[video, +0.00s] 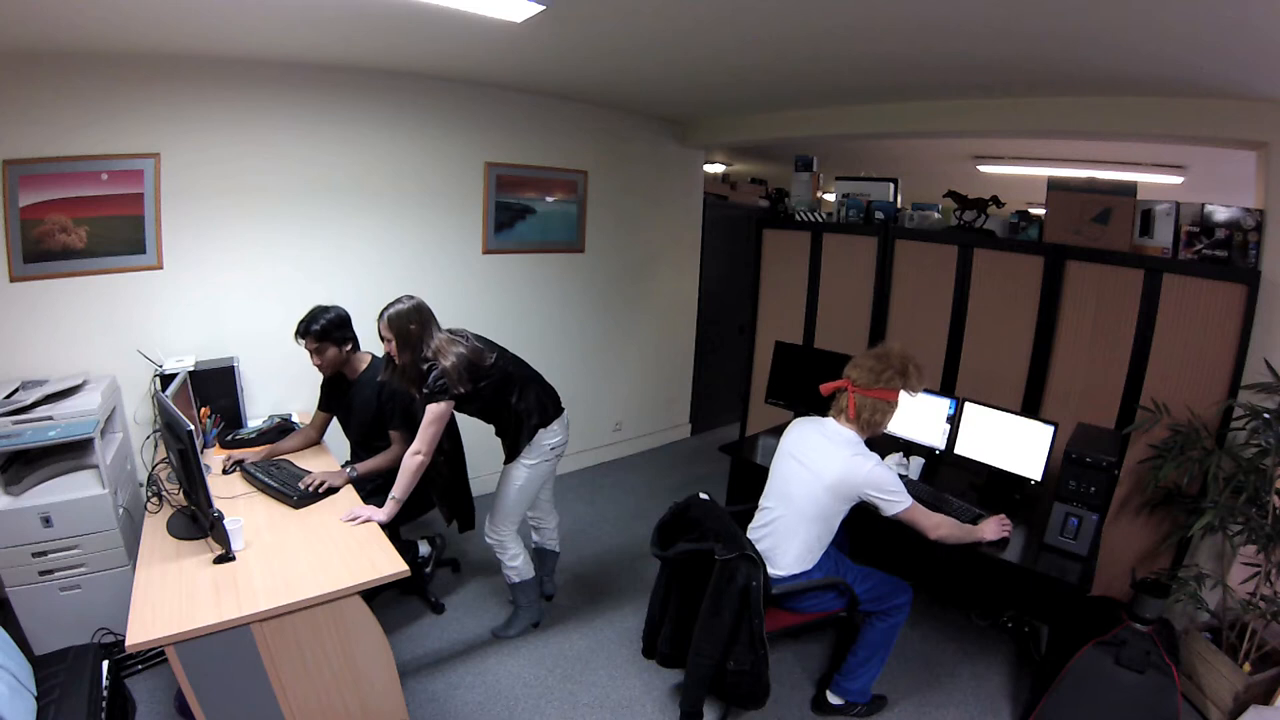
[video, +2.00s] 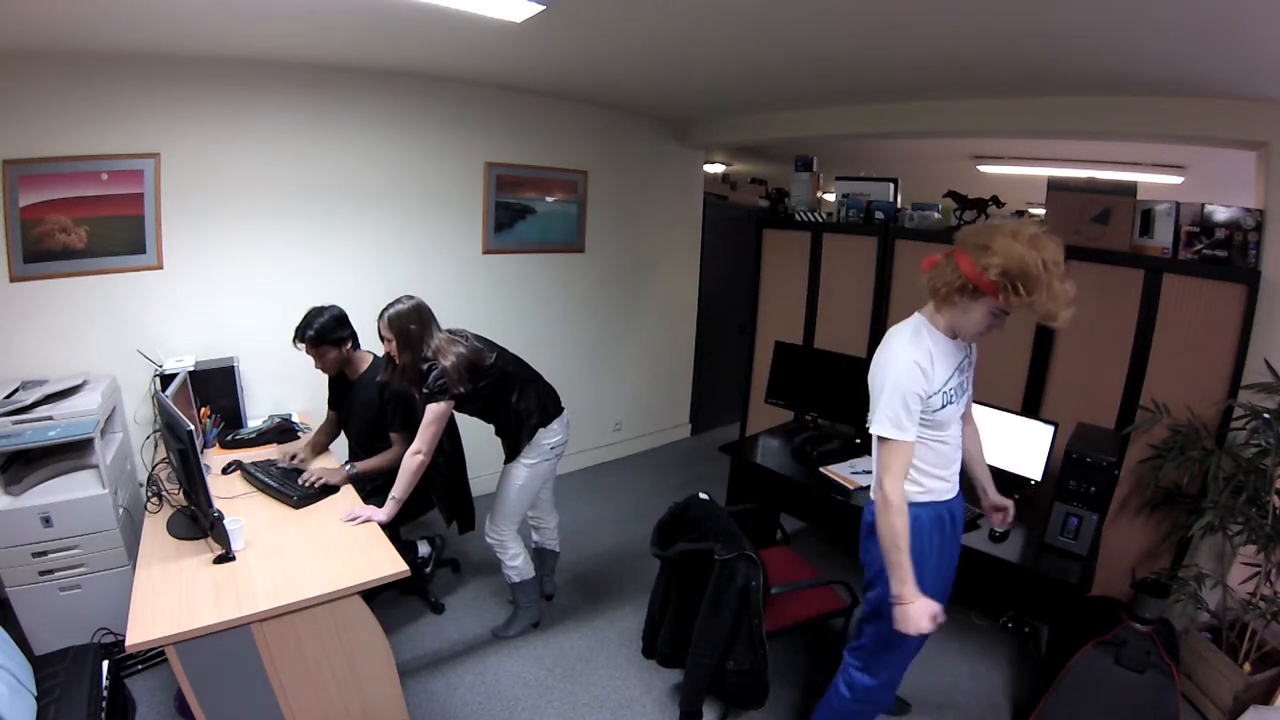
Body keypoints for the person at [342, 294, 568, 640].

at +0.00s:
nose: (386, 349)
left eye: (388, 340)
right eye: (384, 340)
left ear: (410, 337)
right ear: (420, 330)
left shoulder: (443, 369)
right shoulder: (450, 339)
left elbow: (420, 452)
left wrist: (387, 509)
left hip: (538, 434)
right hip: (547, 421)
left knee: (500, 530)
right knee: (541, 506)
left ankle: (528, 607)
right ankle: (546, 580)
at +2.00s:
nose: (386, 349)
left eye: (389, 341)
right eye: (384, 340)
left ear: (411, 338)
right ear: (420, 330)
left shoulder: (443, 369)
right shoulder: (450, 340)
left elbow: (420, 452)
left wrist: (388, 509)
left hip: (538, 433)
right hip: (547, 421)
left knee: (500, 530)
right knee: (541, 507)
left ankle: (528, 608)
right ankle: (546, 580)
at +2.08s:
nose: (386, 349)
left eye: (389, 341)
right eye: (384, 341)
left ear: (411, 338)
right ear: (420, 330)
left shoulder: (443, 369)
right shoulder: (450, 340)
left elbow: (420, 452)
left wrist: (388, 509)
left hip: (538, 433)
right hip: (547, 421)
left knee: (500, 530)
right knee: (541, 507)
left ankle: (527, 608)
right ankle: (546, 580)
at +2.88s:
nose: (386, 349)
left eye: (388, 341)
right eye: (384, 341)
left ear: (410, 338)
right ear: (420, 331)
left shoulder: (443, 370)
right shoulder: (450, 340)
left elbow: (420, 453)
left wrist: (387, 509)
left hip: (539, 433)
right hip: (547, 420)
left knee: (501, 530)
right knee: (541, 508)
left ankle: (528, 607)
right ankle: (546, 581)